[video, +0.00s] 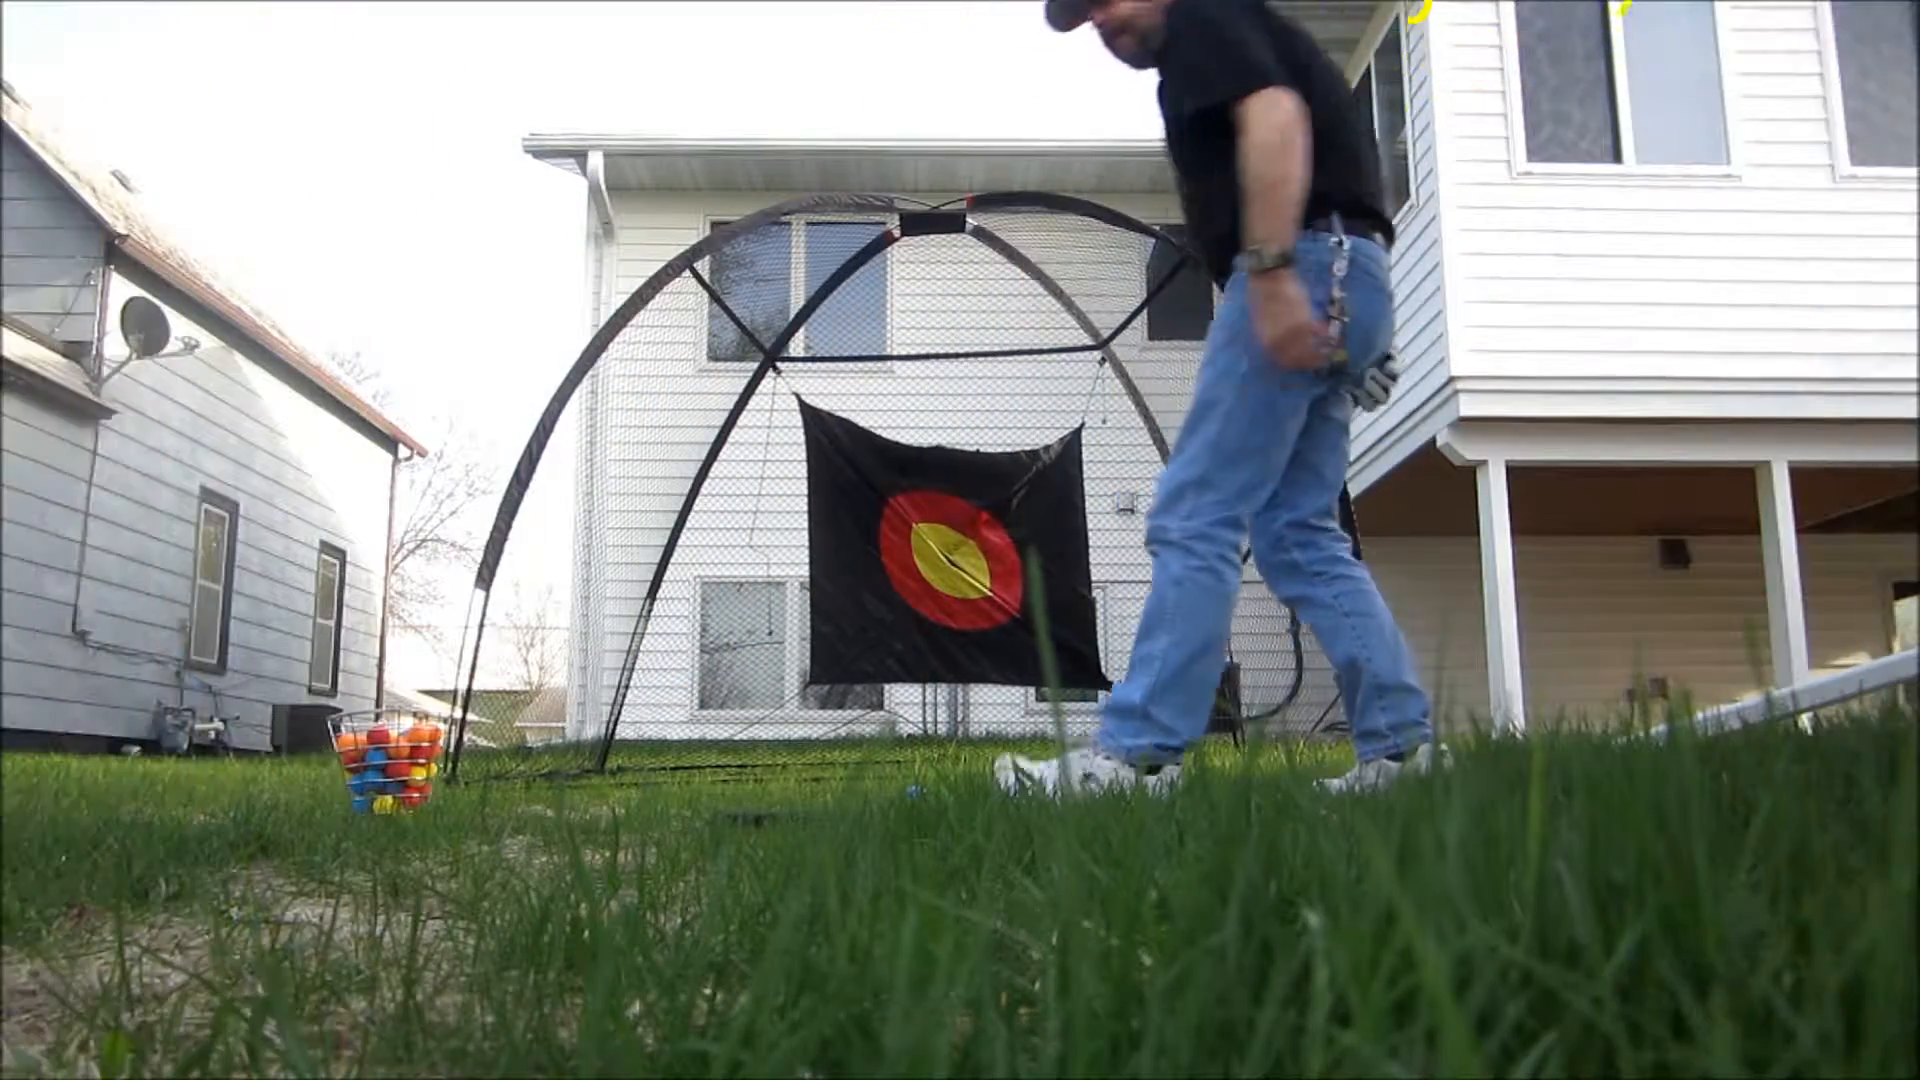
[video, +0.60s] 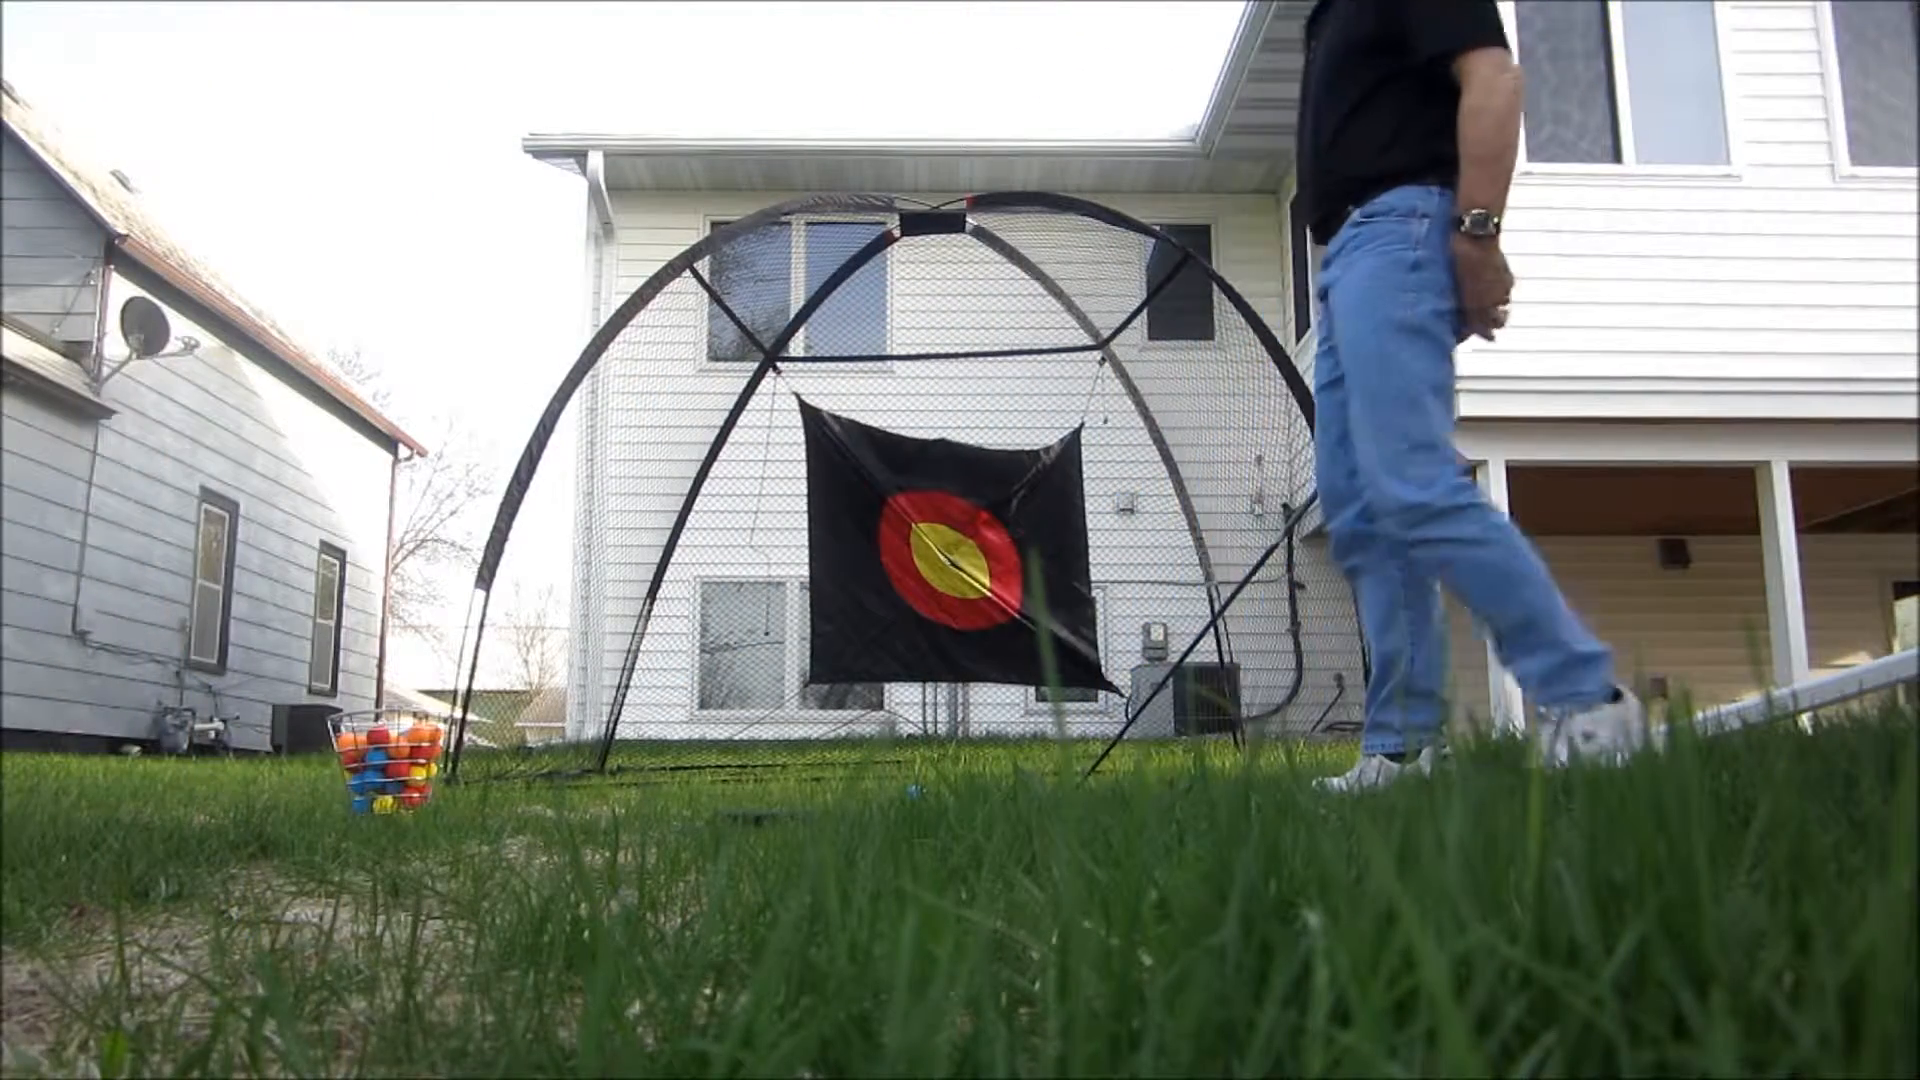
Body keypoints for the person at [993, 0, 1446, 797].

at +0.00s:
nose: (1099, 33)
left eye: (1100, 13)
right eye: (1089, 25)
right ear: (1122, 14)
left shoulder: (1204, 19)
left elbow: (1276, 115)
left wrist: (1268, 275)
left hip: (1296, 269)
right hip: (1345, 274)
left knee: (1196, 519)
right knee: (1296, 532)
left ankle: (1137, 751)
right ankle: (1401, 745)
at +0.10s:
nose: (1141, 14)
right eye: (1131, 7)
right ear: (1153, 13)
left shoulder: (1256, 15)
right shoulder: (1223, 57)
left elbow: (1339, 99)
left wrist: (1332, 258)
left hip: (1310, 266)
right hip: (1348, 268)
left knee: (1219, 511)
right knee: (1310, 529)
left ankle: (1151, 744)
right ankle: (1401, 747)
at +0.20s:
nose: (1193, 5)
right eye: (1188, 1)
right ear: (1214, 7)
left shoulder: (1304, 7)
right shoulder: (1256, 50)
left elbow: (1405, 86)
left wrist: (1414, 240)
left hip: (1342, 255)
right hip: (1344, 260)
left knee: (1250, 486)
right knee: (1330, 521)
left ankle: (1205, 735)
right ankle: (1400, 747)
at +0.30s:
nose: (1222, 2)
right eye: (1221, 2)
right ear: (1247, 4)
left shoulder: (1341, 4)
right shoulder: (1277, 40)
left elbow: (1437, 86)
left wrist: (1447, 238)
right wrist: (1434, 270)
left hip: (1362, 242)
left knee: (1270, 477)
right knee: (1350, 507)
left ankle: (1287, 734)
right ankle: (1400, 745)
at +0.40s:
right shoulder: (1296, 24)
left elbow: (1464, 83)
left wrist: (1462, 236)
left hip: (1375, 229)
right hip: (1357, 238)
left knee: (1295, 475)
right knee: (1364, 498)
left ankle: (1380, 724)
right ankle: (1405, 725)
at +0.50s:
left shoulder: (1403, 0)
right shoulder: (1318, 22)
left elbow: (1484, 77)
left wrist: (1473, 234)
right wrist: (1319, 257)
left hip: (1389, 227)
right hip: (1346, 246)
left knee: (1363, 489)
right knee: (1357, 506)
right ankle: (1403, 749)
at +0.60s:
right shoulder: (1331, 18)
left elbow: (1493, 79)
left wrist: (1477, 232)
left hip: (1401, 230)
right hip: (1347, 249)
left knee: (1414, 490)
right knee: (1358, 512)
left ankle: (1588, 704)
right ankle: (1403, 748)